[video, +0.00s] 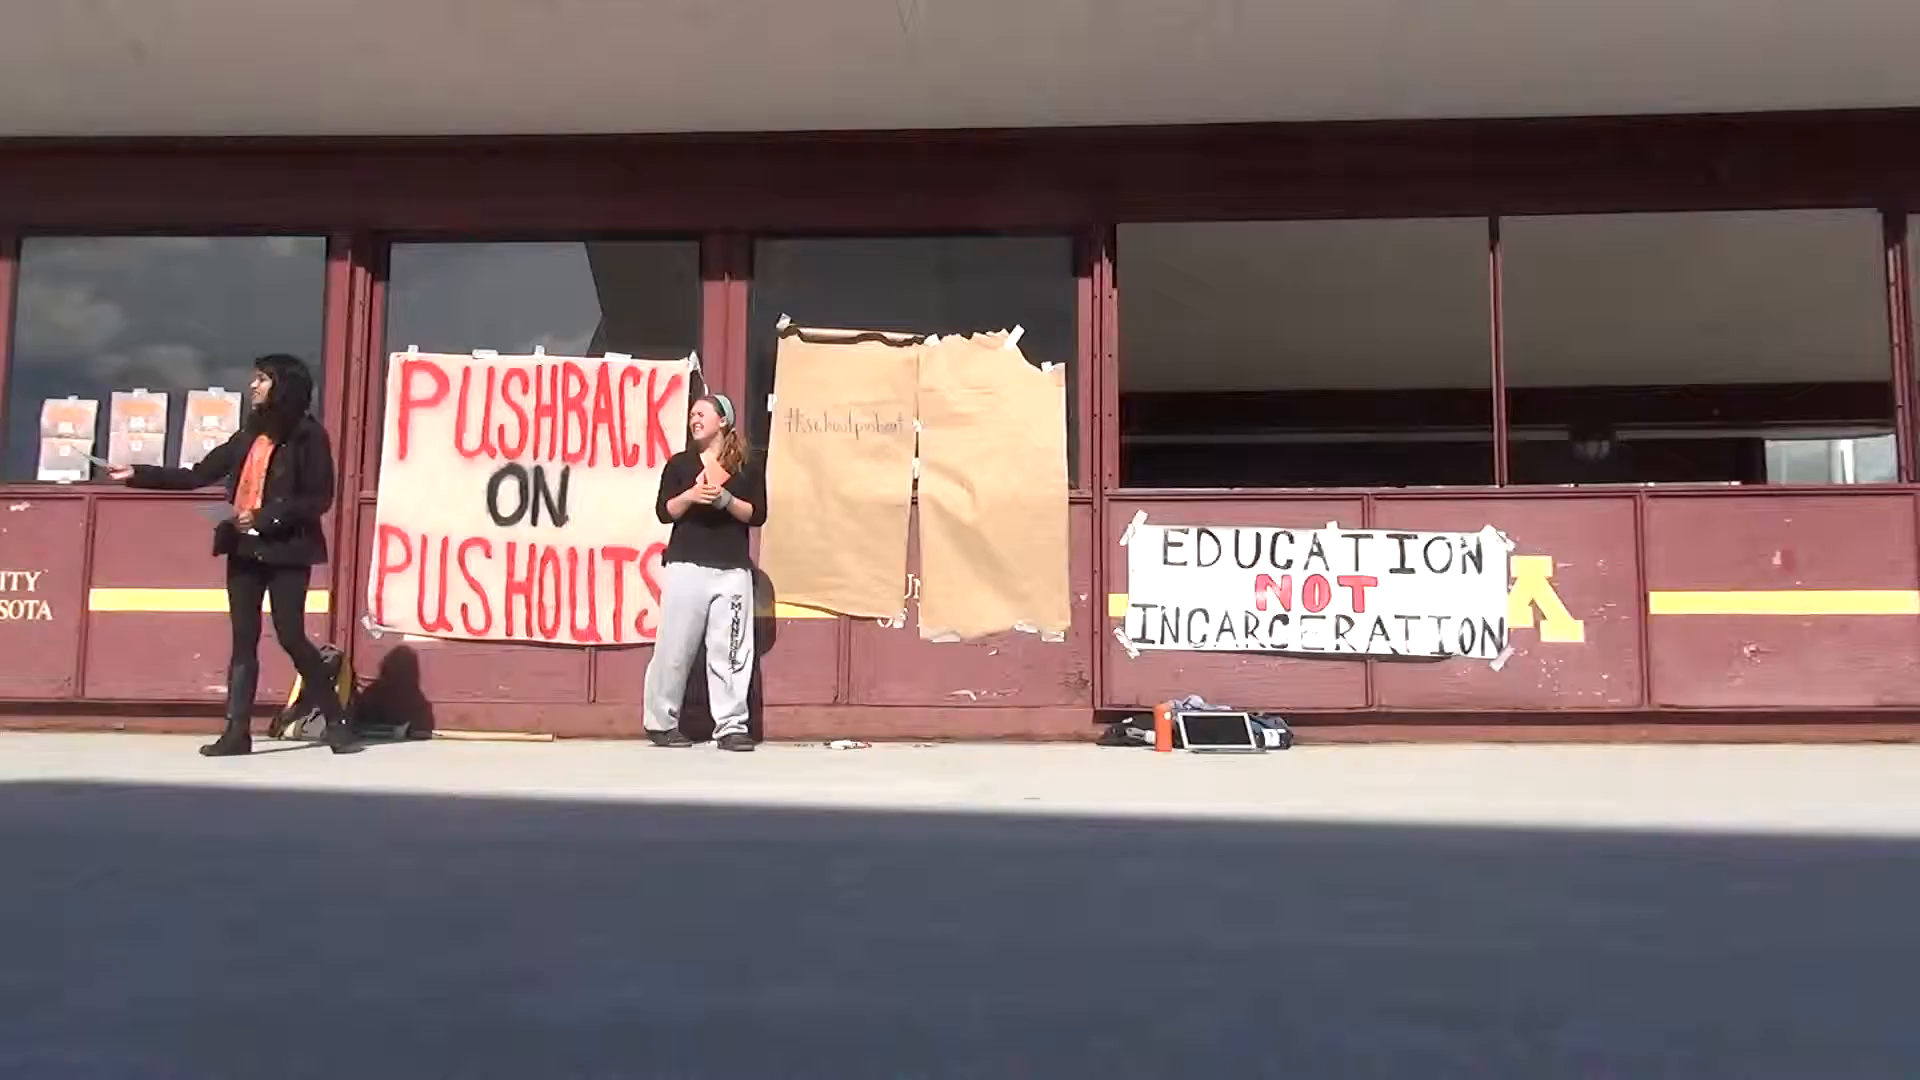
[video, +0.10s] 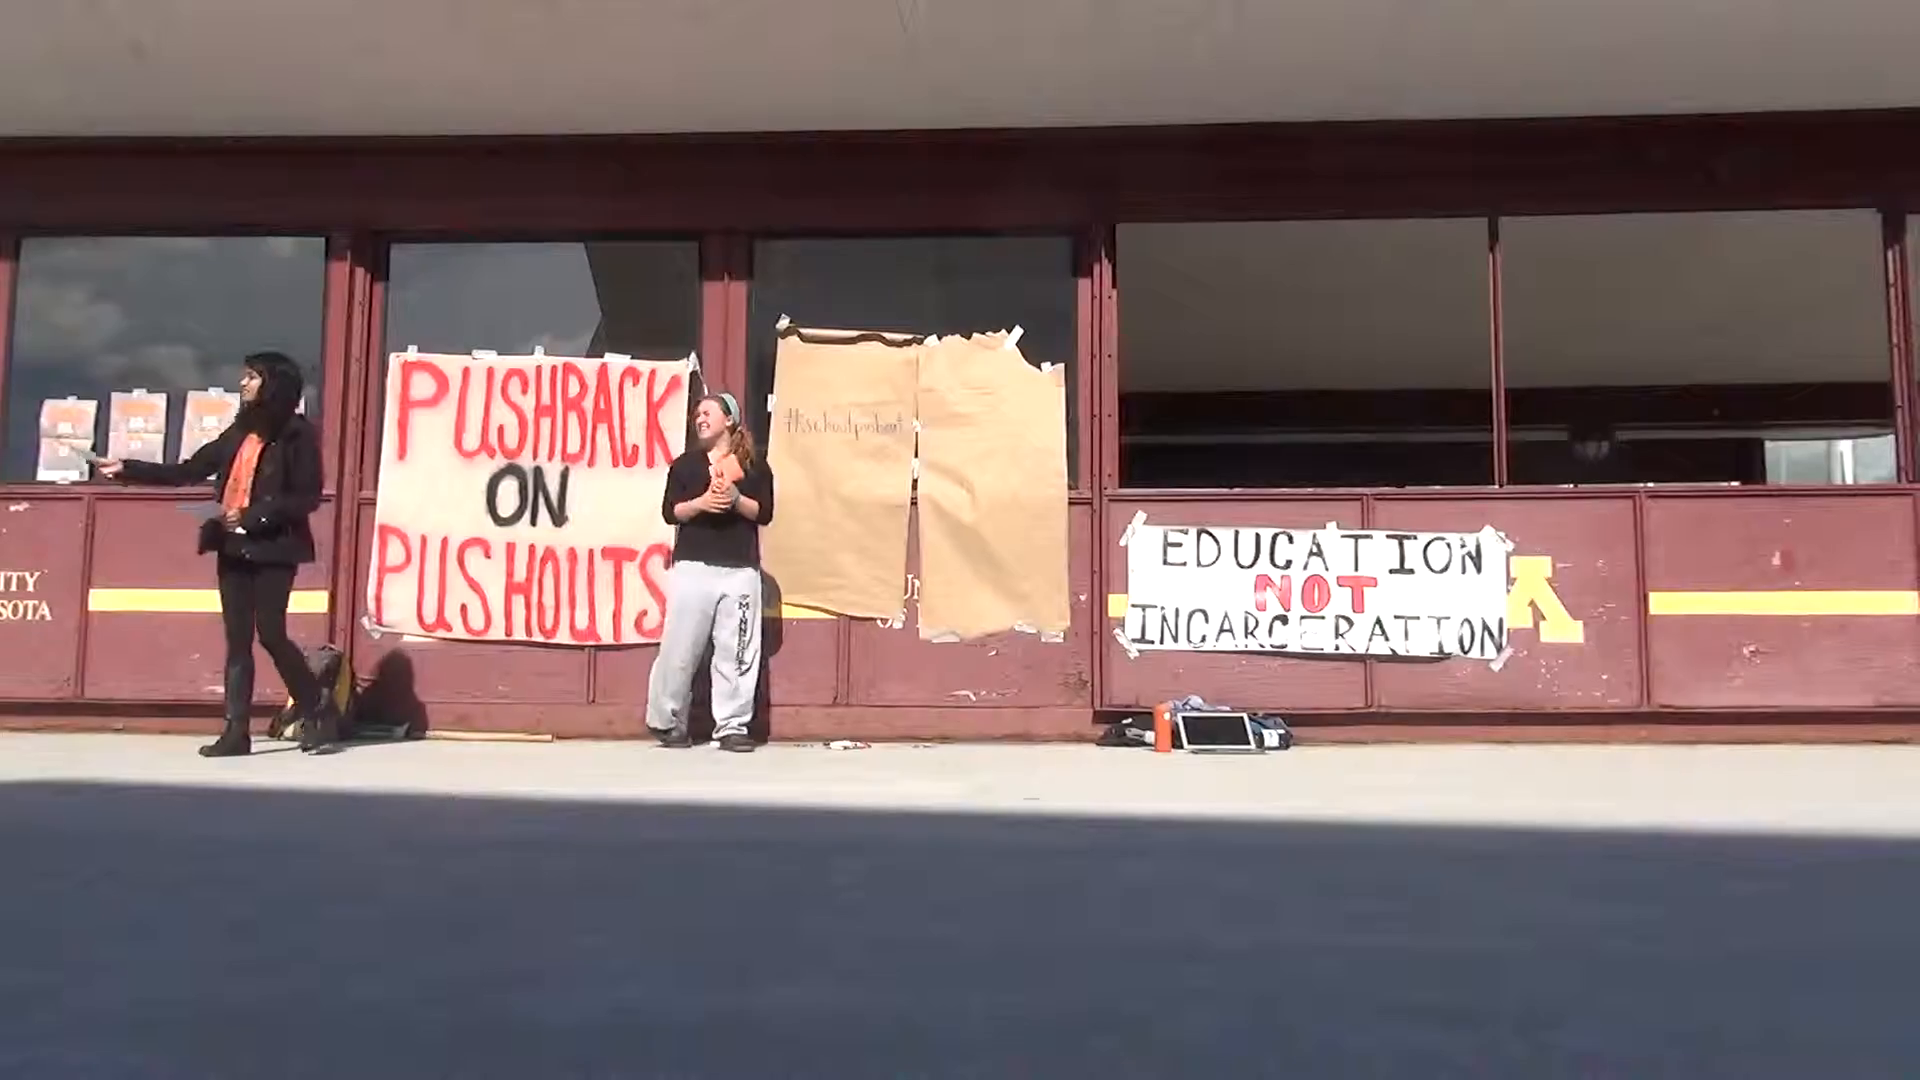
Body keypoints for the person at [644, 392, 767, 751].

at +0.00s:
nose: (694, 419)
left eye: (702, 414)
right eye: (693, 414)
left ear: (723, 421)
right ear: (690, 421)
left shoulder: (747, 463)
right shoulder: (678, 463)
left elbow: (757, 515)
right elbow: (664, 513)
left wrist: (726, 499)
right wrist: (689, 496)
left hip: (732, 568)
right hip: (686, 566)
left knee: (731, 651)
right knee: (675, 649)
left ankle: (732, 727)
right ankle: (662, 725)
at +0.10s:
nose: (699, 419)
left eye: (707, 414)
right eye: (698, 414)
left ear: (729, 420)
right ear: (695, 421)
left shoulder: (755, 466)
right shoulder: (684, 464)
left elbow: (764, 514)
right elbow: (670, 513)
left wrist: (736, 498)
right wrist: (701, 503)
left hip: (740, 568)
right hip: (693, 566)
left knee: (738, 650)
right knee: (681, 647)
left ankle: (733, 727)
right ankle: (670, 723)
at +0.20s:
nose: (703, 419)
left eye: (711, 413)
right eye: (703, 414)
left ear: (734, 419)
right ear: (702, 420)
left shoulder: (760, 465)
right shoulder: (691, 463)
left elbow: (770, 514)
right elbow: (676, 514)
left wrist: (744, 497)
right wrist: (714, 505)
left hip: (745, 567)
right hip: (698, 565)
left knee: (741, 647)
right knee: (687, 645)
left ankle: (732, 726)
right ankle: (675, 719)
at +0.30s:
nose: (707, 418)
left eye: (714, 412)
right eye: (706, 412)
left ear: (737, 418)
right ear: (707, 418)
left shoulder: (764, 463)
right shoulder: (694, 462)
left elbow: (773, 514)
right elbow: (680, 513)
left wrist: (751, 498)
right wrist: (720, 507)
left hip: (748, 567)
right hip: (700, 564)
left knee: (742, 647)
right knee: (688, 643)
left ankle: (732, 727)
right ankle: (680, 721)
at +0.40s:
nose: (708, 417)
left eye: (715, 411)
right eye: (707, 411)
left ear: (737, 417)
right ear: (709, 417)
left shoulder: (765, 462)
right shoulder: (695, 461)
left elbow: (773, 513)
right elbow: (680, 512)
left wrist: (746, 495)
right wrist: (720, 511)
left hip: (748, 566)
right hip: (701, 563)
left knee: (741, 646)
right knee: (696, 645)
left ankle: (732, 728)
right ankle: (687, 729)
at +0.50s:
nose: (708, 416)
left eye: (715, 410)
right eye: (707, 411)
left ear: (738, 416)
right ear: (709, 416)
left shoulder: (765, 462)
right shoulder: (695, 461)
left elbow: (772, 514)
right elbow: (679, 512)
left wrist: (739, 494)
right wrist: (718, 513)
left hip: (747, 566)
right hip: (701, 563)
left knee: (740, 647)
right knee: (699, 646)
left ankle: (733, 728)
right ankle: (691, 728)